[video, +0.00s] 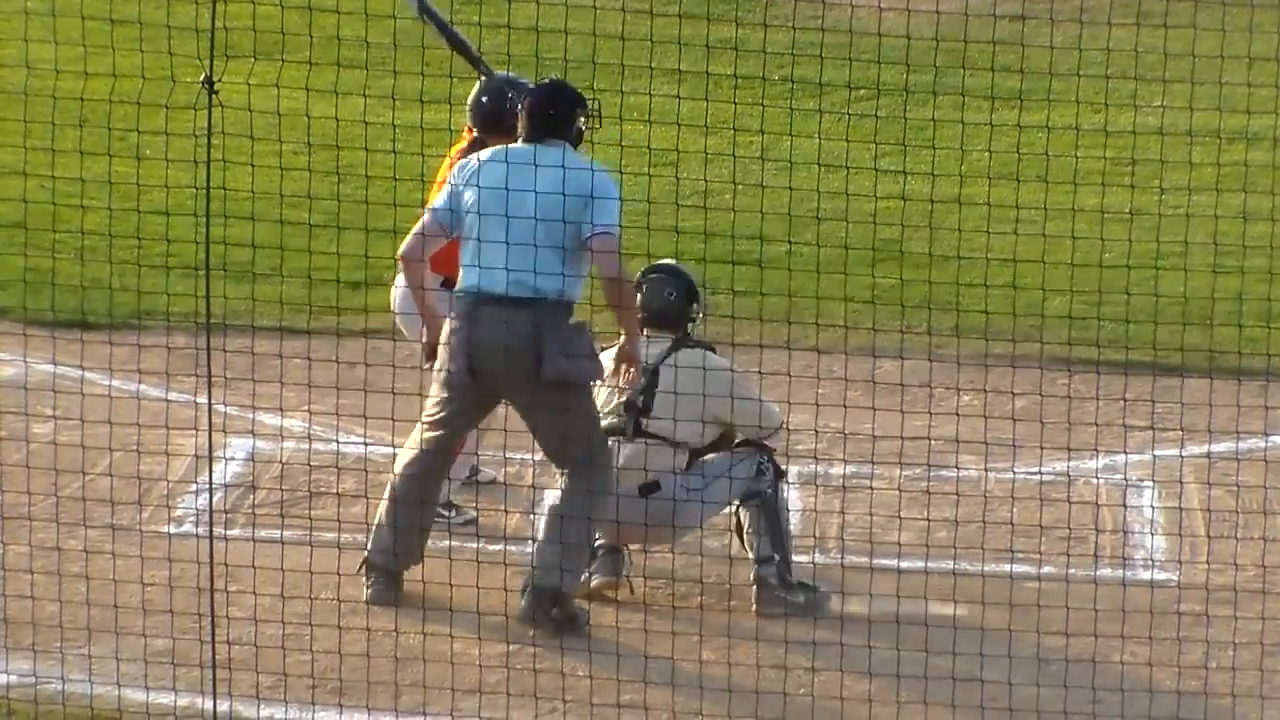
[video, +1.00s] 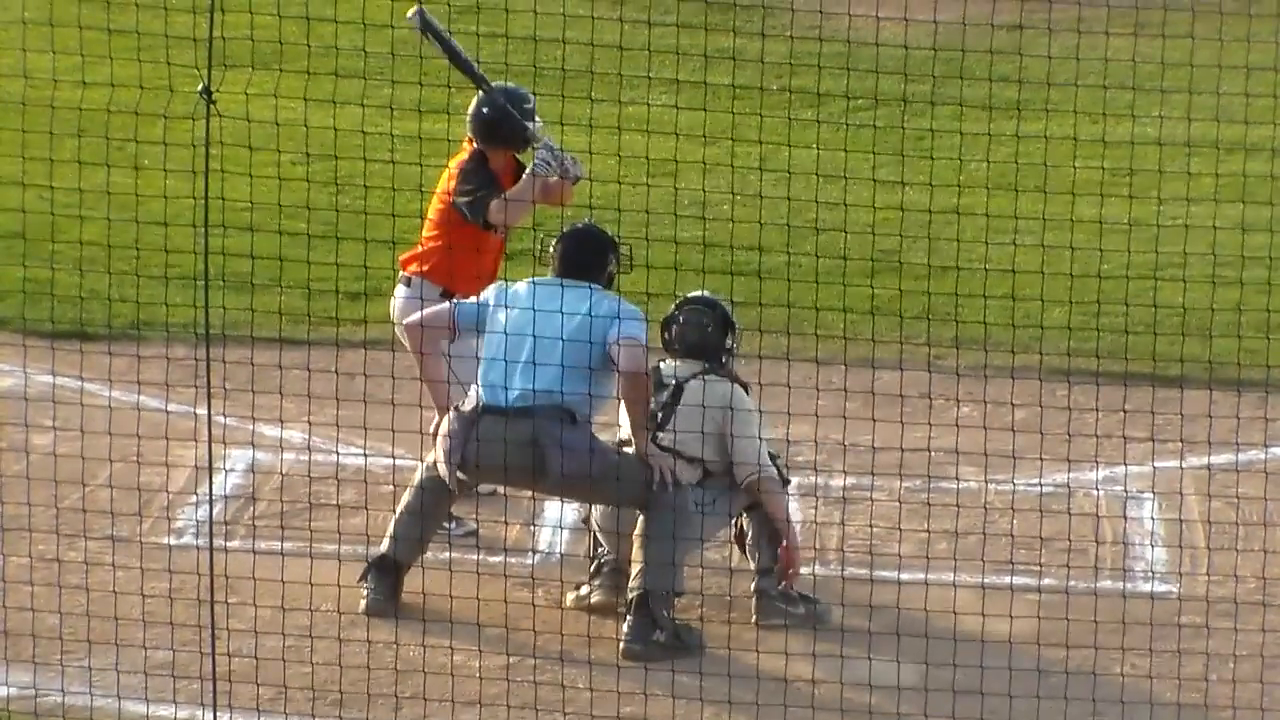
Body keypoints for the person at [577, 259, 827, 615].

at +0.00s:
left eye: (637, 299)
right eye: (691, 306)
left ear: (636, 310)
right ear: (687, 315)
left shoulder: (604, 361)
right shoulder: (703, 365)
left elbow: (593, 429)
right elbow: (769, 428)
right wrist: (701, 450)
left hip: (594, 504)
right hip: (660, 510)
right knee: (759, 464)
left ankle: (605, 561)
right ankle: (775, 584)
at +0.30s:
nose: (730, 323)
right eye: (727, 316)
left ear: (672, 319)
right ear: (722, 324)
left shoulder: (639, 363)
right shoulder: (734, 372)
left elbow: (613, 418)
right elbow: (795, 432)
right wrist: (745, 447)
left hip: (629, 504)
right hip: (691, 508)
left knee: (610, 450)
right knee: (779, 462)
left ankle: (605, 570)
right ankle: (776, 580)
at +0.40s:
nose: (736, 328)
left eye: (733, 319)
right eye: (734, 320)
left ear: (678, 322)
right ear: (728, 327)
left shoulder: (644, 365)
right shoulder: (739, 376)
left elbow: (623, 426)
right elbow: (802, 435)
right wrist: (746, 444)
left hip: (632, 504)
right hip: (694, 509)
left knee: (624, 450)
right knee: (781, 462)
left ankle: (607, 569)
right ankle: (778, 582)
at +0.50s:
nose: (738, 329)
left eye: (734, 320)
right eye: (736, 322)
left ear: (679, 324)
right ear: (731, 328)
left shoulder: (649, 368)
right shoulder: (742, 378)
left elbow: (625, 426)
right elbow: (805, 439)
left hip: (634, 504)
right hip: (692, 511)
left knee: (626, 451)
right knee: (781, 466)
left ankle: (607, 567)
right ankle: (777, 583)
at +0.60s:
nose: (739, 331)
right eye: (736, 324)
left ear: (679, 326)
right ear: (731, 331)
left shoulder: (649, 370)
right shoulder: (741, 383)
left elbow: (630, 430)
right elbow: (808, 449)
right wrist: (821, 464)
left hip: (634, 506)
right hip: (694, 510)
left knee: (626, 454)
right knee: (778, 471)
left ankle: (605, 569)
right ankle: (776, 585)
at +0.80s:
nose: (734, 336)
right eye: (731, 330)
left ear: (674, 332)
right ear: (726, 335)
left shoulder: (645, 375)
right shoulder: (733, 388)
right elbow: (783, 461)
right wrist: (823, 513)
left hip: (623, 514)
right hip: (679, 521)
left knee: (615, 452)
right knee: (768, 471)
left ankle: (605, 571)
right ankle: (775, 587)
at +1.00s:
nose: (731, 344)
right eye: (727, 337)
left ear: (669, 339)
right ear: (721, 343)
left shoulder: (642, 381)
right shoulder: (729, 394)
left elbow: (617, 446)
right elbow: (754, 471)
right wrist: (788, 536)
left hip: (627, 506)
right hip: (686, 512)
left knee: (615, 464)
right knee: (769, 470)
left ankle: (605, 576)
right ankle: (774, 592)